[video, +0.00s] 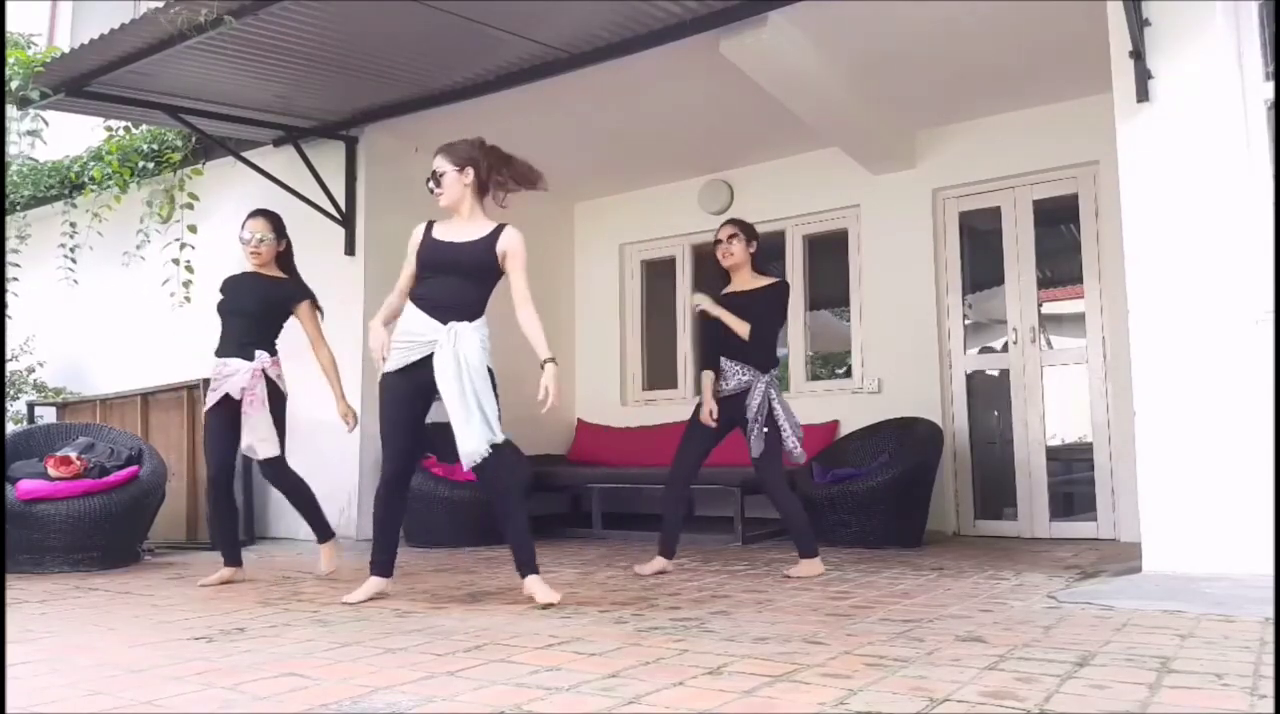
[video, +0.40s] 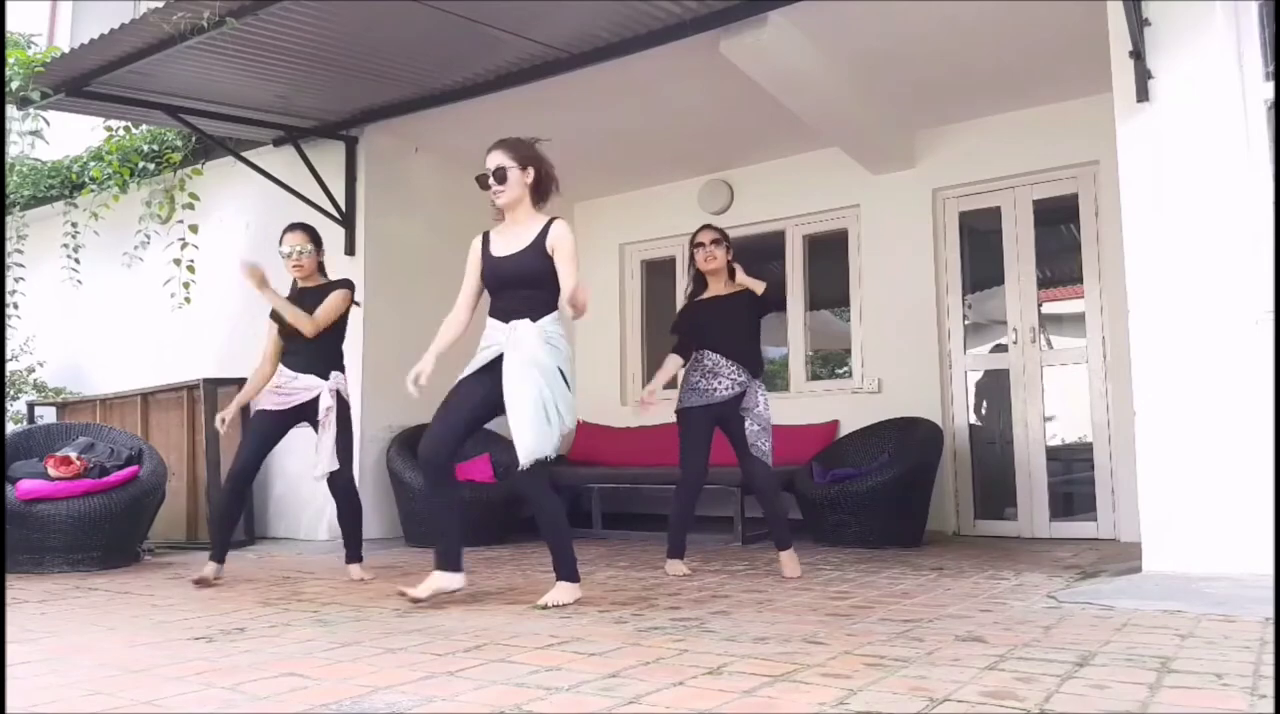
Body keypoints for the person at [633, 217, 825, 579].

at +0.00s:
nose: (723, 248)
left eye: (731, 240)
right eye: (719, 243)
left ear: (751, 246)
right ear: (717, 253)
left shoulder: (775, 288)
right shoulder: (720, 297)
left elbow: (761, 337)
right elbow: (710, 349)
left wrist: (718, 311)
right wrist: (707, 393)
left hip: (756, 391)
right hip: (720, 392)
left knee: (771, 478)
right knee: (681, 471)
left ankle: (810, 559)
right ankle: (665, 556)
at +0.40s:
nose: (708, 250)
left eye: (714, 244)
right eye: (700, 247)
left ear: (728, 251)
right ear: (693, 258)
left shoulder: (751, 293)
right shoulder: (693, 308)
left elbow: (787, 302)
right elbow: (680, 351)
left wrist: (746, 280)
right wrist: (656, 383)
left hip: (742, 393)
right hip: (697, 395)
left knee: (760, 476)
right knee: (692, 476)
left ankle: (785, 548)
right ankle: (674, 555)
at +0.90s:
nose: (741, 252)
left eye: (749, 246)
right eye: (734, 247)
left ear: (761, 255)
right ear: (726, 255)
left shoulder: (769, 302)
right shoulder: (709, 300)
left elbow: (802, 297)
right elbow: (696, 341)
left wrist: (774, 266)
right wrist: (692, 372)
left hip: (758, 393)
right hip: (715, 391)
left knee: (774, 475)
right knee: (689, 473)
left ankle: (801, 557)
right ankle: (683, 556)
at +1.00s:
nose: (753, 255)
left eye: (761, 249)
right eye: (746, 249)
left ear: (771, 258)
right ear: (736, 257)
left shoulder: (775, 302)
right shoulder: (717, 298)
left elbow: (802, 293)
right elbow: (713, 329)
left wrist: (784, 269)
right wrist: (720, 340)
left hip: (766, 391)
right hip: (727, 391)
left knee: (773, 474)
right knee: (685, 472)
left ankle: (802, 558)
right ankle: (691, 554)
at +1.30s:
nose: (745, 250)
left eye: (753, 244)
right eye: (738, 244)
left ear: (762, 252)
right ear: (728, 252)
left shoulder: (772, 292)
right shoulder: (715, 295)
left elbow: (795, 274)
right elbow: (709, 317)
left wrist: (765, 258)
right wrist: (717, 325)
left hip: (761, 387)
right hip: (724, 388)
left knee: (773, 474)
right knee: (675, 465)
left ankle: (799, 555)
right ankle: (699, 556)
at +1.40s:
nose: (728, 252)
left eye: (735, 246)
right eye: (720, 246)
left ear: (746, 254)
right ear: (711, 256)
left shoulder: (762, 291)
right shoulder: (707, 306)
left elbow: (784, 279)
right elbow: (709, 343)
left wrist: (753, 258)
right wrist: (707, 365)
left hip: (751, 389)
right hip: (713, 389)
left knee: (764, 475)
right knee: (681, 470)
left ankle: (799, 550)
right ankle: (682, 555)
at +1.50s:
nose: (713, 254)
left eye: (720, 248)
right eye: (705, 249)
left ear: (731, 255)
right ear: (696, 259)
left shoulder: (751, 293)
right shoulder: (692, 306)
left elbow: (782, 290)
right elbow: (688, 349)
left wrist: (744, 264)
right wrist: (674, 383)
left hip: (743, 393)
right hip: (697, 393)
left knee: (761, 474)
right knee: (682, 475)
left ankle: (789, 548)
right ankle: (666, 558)